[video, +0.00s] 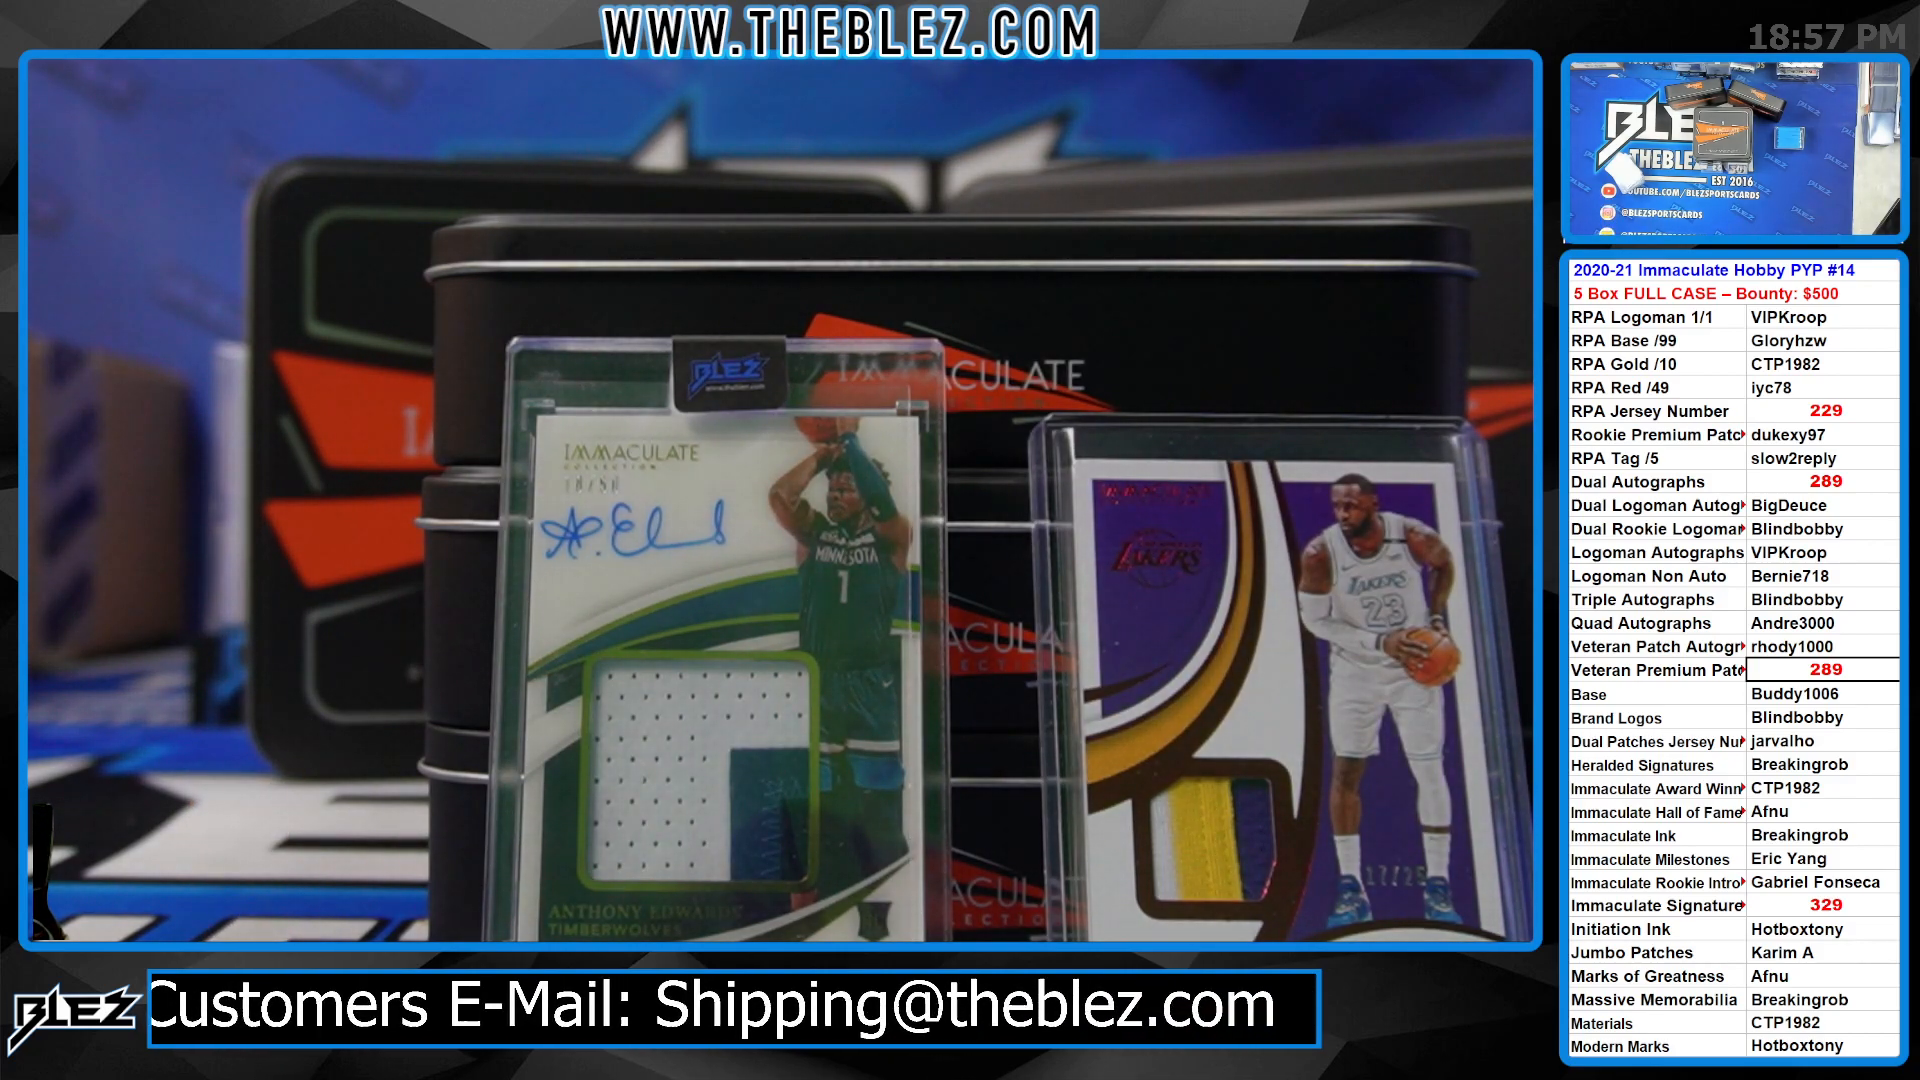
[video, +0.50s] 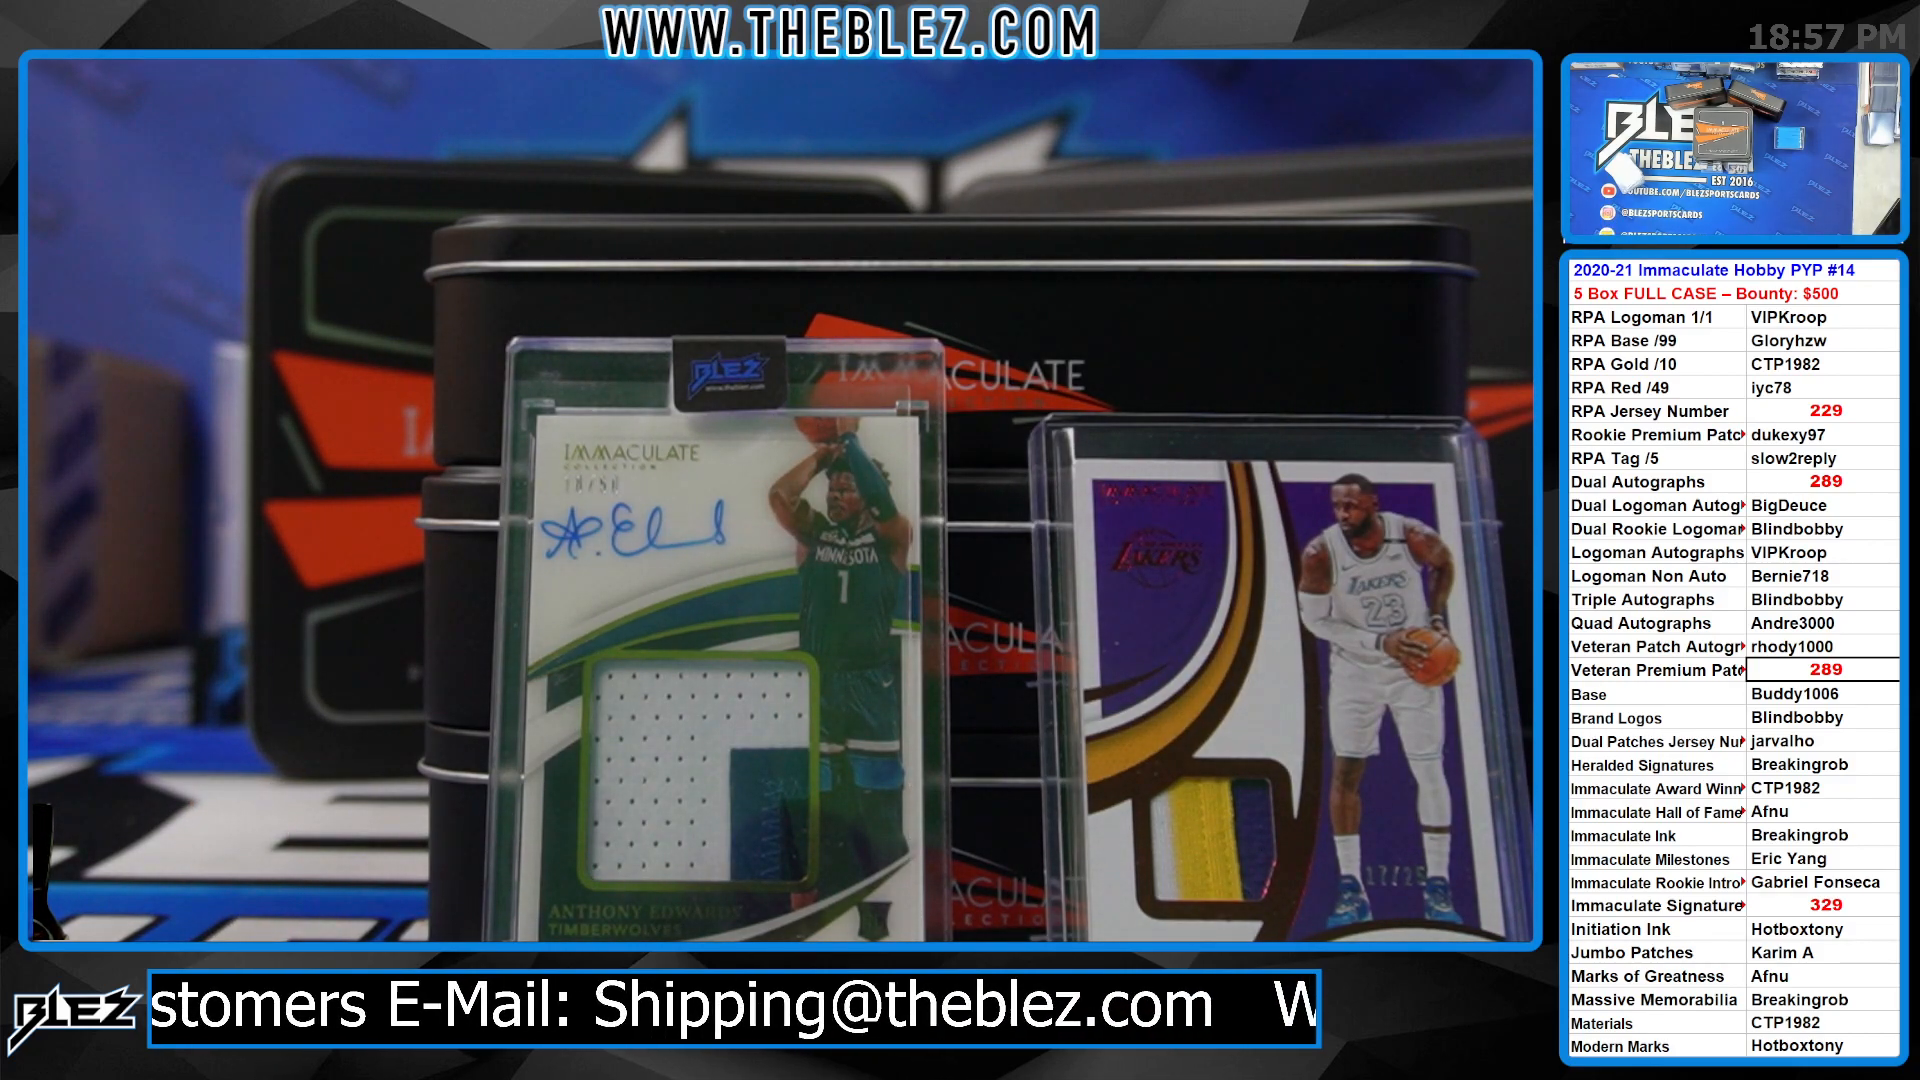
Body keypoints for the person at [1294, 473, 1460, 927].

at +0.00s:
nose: (1343, 514)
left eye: (1351, 505)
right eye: (1337, 506)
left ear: (1373, 505)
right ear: (1333, 509)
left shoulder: (1414, 537)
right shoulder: (1319, 555)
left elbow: (1444, 565)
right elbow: (1315, 621)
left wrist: (1436, 616)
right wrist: (1379, 641)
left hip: (1414, 673)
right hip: (1354, 675)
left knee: (1430, 772)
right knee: (1347, 773)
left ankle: (1438, 885)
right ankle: (1350, 888)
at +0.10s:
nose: (1343, 514)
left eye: (1351, 505)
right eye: (1337, 506)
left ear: (1373, 505)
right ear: (1332, 509)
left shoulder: (1414, 536)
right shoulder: (1319, 555)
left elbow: (1444, 565)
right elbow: (1315, 621)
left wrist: (1436, 617)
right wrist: (1379, 642)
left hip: (1414, 673)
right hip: (1354, 675)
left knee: (1430, 772)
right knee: (1348, 773)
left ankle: (1438, 884)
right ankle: (1350, 888)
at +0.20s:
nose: (1343, 514)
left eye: (1351, 505)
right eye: (1337, 506)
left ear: (1373, 504)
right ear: (1332, 509)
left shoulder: (1413, 536)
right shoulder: (1319, 555)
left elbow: (1444, 564)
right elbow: (1316, 621)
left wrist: (1436, 617)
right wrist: (1379, 642)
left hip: (1414, 673)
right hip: (1354, 675)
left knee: (1430, 772)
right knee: (1347, 773)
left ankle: (1438, 884)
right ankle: (1351, 889)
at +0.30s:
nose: (1343, 514)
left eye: (1351, 505)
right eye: (1337, 506)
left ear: (1373, 505)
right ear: (1332, 509)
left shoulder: (1413, 536)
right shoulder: (1319, 555)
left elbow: (1444, 564)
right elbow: (1315, 621)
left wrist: (1436, 617)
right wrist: (1379, 642)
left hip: (1414, 673)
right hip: (1354, 675)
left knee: (1430, 772)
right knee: (1347, 773)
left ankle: (1438, 885)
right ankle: (1351, 889)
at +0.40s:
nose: (1342, 514)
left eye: (1351, 505)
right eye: (1337, 506)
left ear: (1373, 505)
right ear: (1332, 509)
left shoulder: (1414, 537)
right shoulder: (1319, 555)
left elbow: (1444, 564)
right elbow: (1315, 621)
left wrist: (1436, 617)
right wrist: (1379, 642)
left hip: (1414, 673)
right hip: (1354, 674)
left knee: (1430, 772)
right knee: (1348, 773)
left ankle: (1438, 884)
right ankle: (1350, 888)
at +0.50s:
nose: (1342, 514)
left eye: (1351, 505)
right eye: (1337, 506)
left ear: (1373, 505)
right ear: (1332, 509)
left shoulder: (1413, 536)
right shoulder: (1319, 555)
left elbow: (1444, 564)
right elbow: (1315, 620)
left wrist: (1436, 617)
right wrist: (1379, 642)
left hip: (1414, 673)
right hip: (1354, 674)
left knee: (1430, 772)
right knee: (1348, 773)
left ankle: (1438, 884)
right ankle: (1350, 888)